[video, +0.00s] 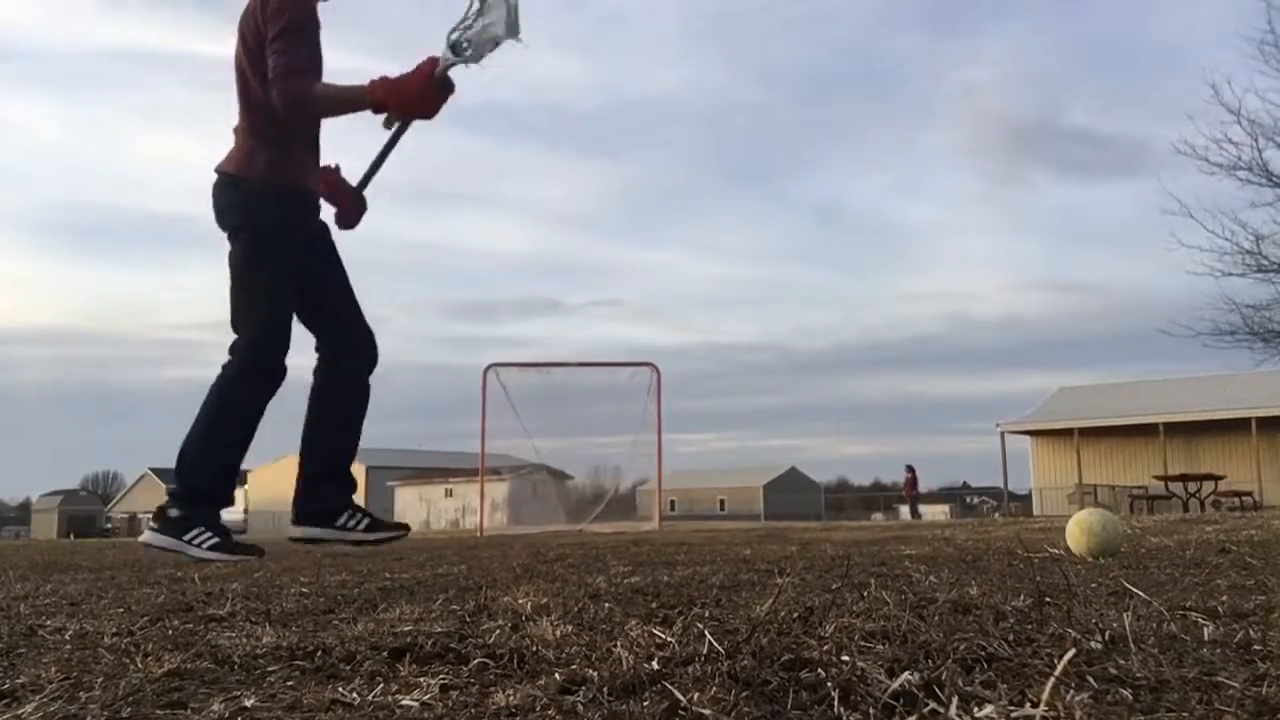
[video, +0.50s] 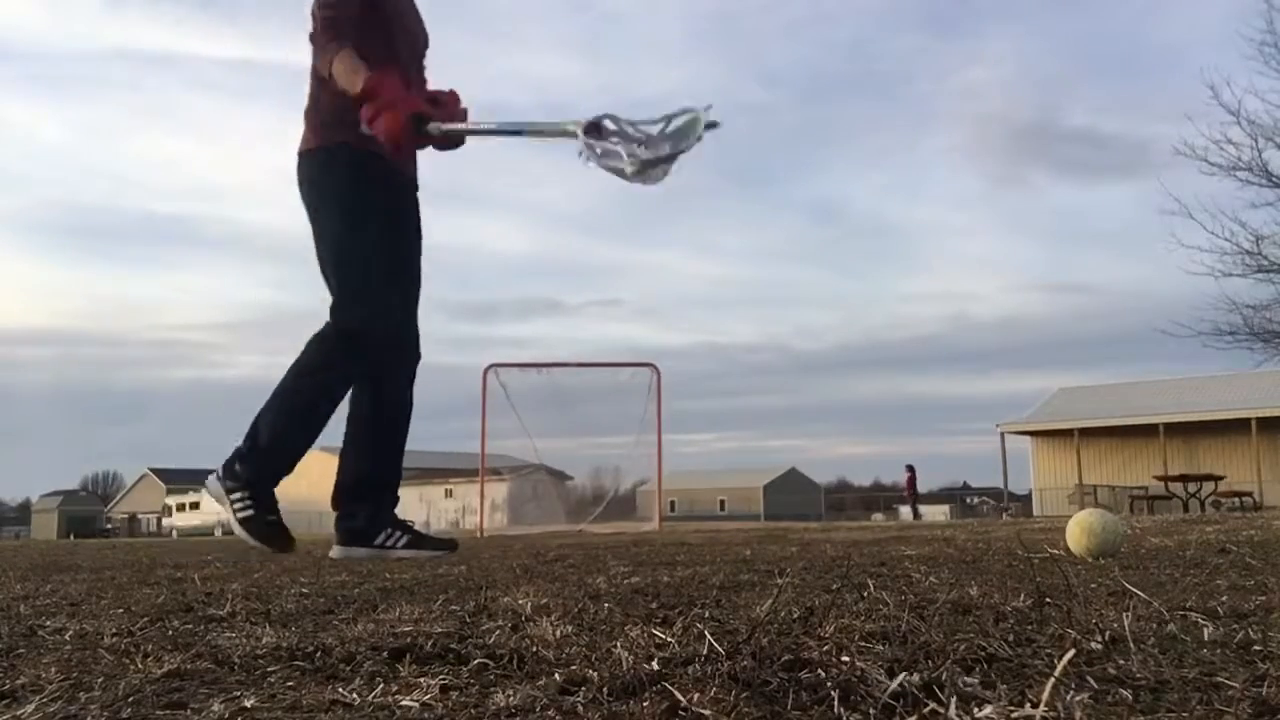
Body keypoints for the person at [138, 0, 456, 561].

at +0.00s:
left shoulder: (270, 12)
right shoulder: (289, 7)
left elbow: (266, 124)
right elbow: (292, 96)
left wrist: (319, 178)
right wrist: (385, 95)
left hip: (279, 196)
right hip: (263, 194)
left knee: (351, 347)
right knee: (259, 356)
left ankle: (324, 507)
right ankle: (184, 512)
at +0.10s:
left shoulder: (279, 15)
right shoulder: (295, 7)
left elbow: (275, 131)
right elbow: (288, 91)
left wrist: (338, 180)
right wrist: (367, 96)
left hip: (292, 196)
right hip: (274, 193)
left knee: (359, 350)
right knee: (248, 358)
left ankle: (364, 509)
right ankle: (183, 514)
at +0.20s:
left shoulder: (325, 18)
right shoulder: (304, 5)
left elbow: (317, 129)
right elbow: (297, 91)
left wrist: (369, 175)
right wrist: (377, 96)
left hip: (323, 196)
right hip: (282, 191)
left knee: (373, 352)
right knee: (254, 359)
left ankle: (367, 520)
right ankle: (185, 513)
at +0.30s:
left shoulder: (350, 18)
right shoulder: (318, 4)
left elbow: (344, 126)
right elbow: (315, 82)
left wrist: (400, 164)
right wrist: (400, 109)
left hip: (352, 195)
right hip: (303, 186)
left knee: (380, 352)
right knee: (287, 350)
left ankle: (365, 523)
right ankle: (196, 502)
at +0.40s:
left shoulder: (380, 20)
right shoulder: (330, 4)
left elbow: (374, 127)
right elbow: (328, 75)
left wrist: (428, 138)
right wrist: (408, 110)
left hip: (374, 186)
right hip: (323, 176)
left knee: (391, 352)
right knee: (324, 339)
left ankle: (365, 522)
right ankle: (216, 476)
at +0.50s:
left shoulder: (406, 19)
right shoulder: (345, 2)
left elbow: (401, 90)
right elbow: (330, 46)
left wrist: (433, 117)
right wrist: (379, 94)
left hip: (389, 170)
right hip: (342, 158)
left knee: (396, 346)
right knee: (361, 325)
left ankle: (366, 522)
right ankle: (245, 476)